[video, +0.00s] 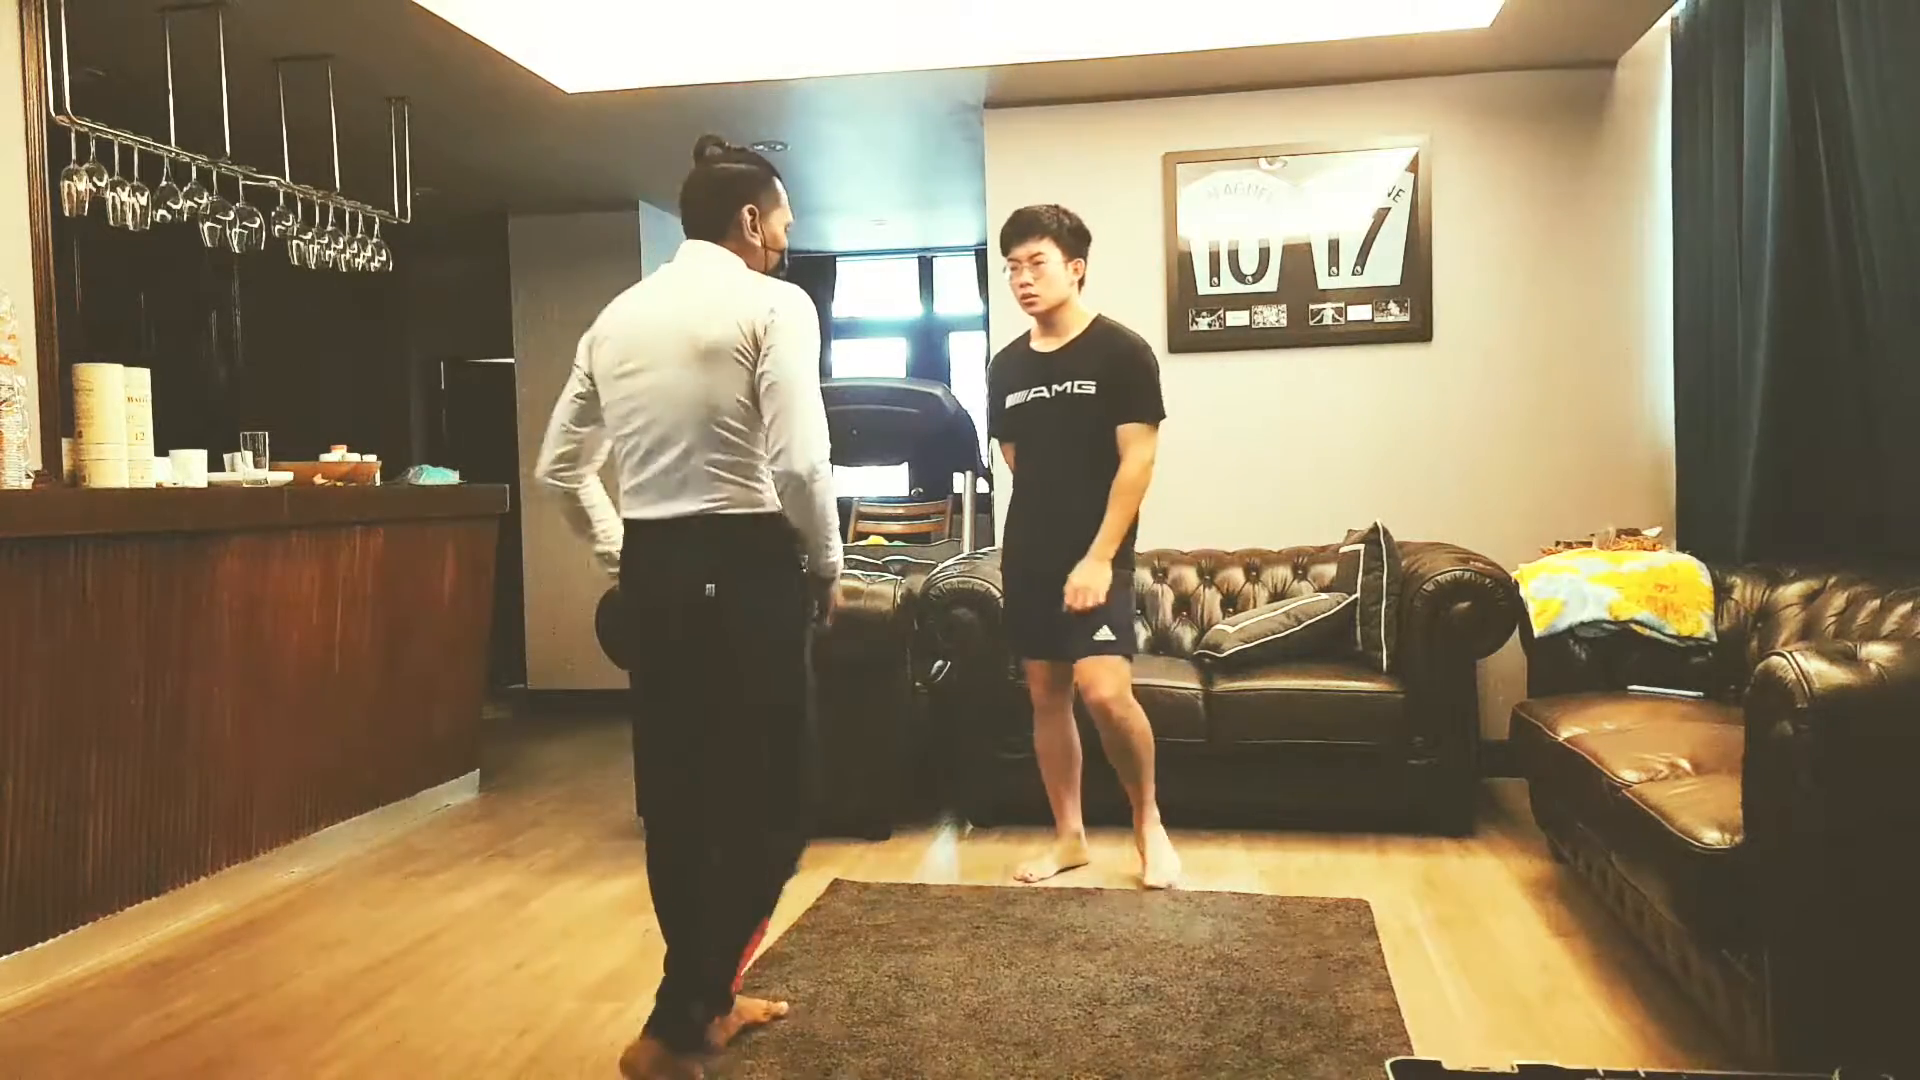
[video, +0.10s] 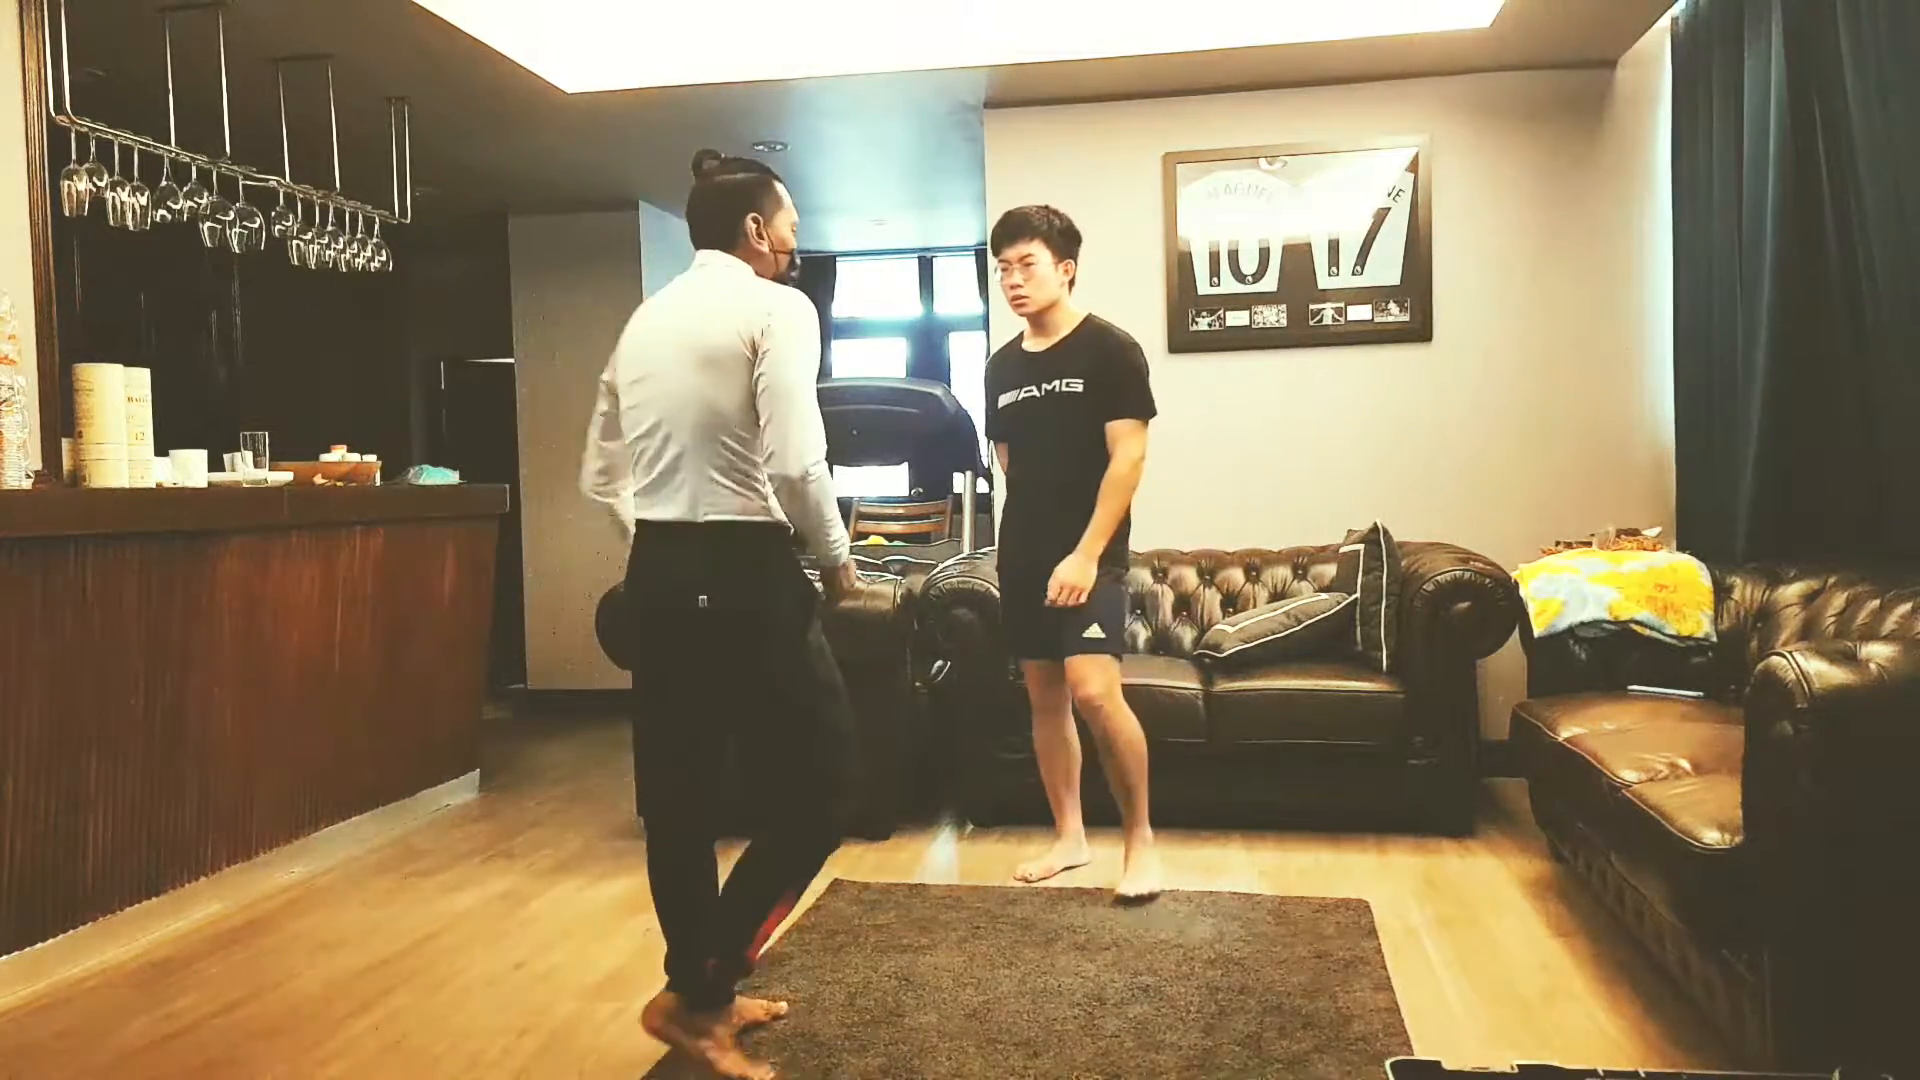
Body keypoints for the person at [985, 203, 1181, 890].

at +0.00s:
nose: (1022, 277)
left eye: (1037, 263)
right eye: (1014, 266)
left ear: (1077, 267)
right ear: (1008, 274)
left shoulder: (1122, 351)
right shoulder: (1006, 365)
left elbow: (1138, 463)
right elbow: (1017, 462)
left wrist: (1100, 557)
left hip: (1100, 545)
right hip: (1030, 549)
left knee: (1103, 691)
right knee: (1047, 691)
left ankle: (1148, 824)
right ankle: (1070, 839)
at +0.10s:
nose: (1013, 280)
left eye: (1027, 265)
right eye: (1004, 269)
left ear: (1067, 267)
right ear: (998, 276)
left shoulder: (1110, 349)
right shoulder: (1002, 365)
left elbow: (1128, 459)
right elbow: (1008, 464)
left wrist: (1088, 553)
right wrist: (1023, 543)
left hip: (1091, 546)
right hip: (1024, 549)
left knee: (1093, 692)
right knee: (1045, 694)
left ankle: (1140, 841)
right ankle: (1069, 840)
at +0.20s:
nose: (1006, 281)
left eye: (1020, 266)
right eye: (998, 270)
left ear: (1061, 268)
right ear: (993, 279)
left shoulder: (1101, 348)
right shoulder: (1000, 367)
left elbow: (1116, 459)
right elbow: (1004, 465)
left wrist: (1082, 557)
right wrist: (1010, 547)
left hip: (1084, 550)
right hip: (1021, 551)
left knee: (1089, 700)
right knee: (1042, 696)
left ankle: (1122, 862)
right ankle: (1070, 841)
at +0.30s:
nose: (1000, 280)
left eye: (1015, 265)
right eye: (992, 269)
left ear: (1054, 269)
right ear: (987, 277)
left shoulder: (1092, 348)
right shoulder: (1000, 366)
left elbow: (1104, 460)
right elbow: (1002, 468)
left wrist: (1080, 557)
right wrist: (1001, 553)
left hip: (1080, 550)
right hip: (1019, 552)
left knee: (1088, 700)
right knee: (1041, 694)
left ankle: (1125, 864)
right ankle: (1071, 841)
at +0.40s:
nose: (995, 280)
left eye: (1010, 266)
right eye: (987, 269)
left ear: (1049, 270)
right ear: (982, 277)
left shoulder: (1086, 346)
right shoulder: (995, 368)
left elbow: (1098, 456)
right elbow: (996, 472)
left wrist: (1076, 557)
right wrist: (989, 565)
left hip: (1079, 550)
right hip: (1018, 551)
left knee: (1088, 701)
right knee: (1041, 698)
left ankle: (1124, 862)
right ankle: (1070, 842)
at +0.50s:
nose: (991, 280)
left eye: (1006, 266)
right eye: (983, 269)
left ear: (1046, 269)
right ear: (979, 278)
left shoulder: (1082, 345)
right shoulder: (990, 370)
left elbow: (1097, 455)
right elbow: (989, 469)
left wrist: (1070, 555)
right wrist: (973, 557)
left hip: (1077, 551)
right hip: (1016, 553)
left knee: (1085, 699)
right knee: (1040, 697)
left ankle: (1123, 861)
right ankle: (1071, 841)